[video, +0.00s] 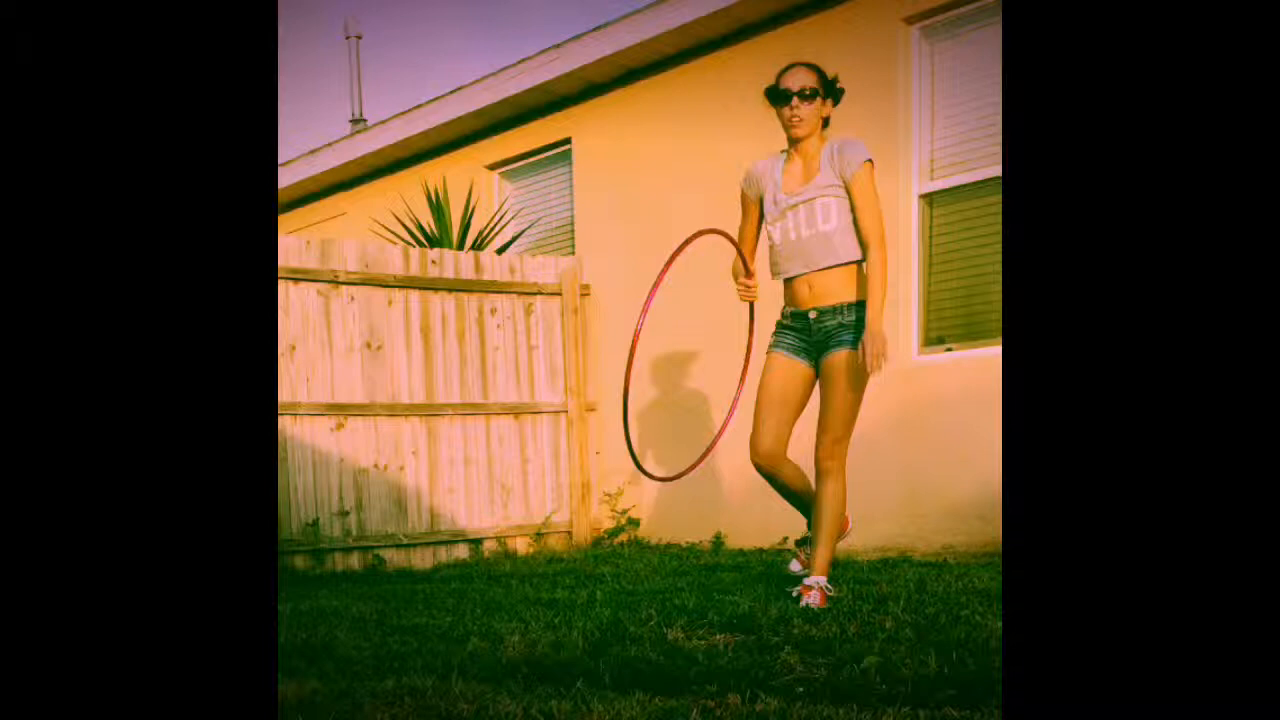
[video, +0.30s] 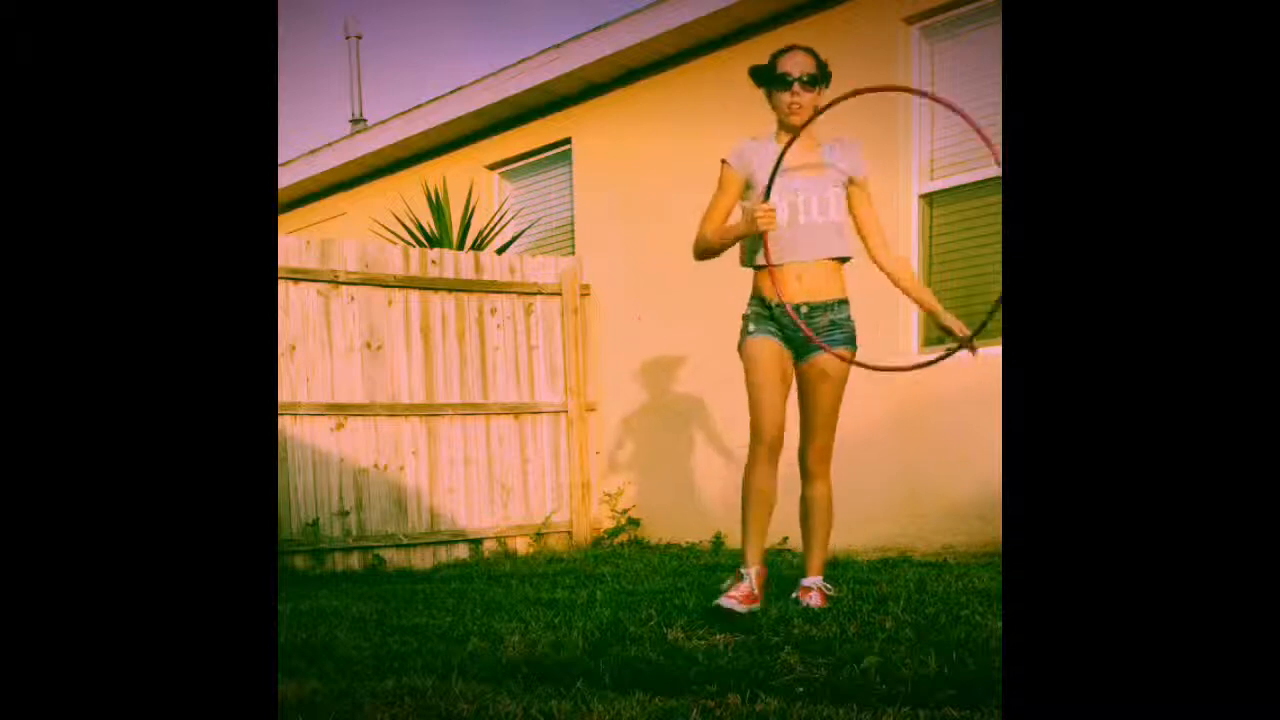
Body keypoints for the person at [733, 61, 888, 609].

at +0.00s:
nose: (794, 106)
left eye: (806, 96)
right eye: (784, 98)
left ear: (828, 105)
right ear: (774, 109)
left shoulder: (846, 155)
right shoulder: (761, 174)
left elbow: (875, 245)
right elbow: (744, 250)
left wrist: (873, 326)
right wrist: (746, 278)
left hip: (846, 321)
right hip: (793, 325)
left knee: (829, 456)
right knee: (765, 453)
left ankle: (816, 581)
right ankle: (829, 521)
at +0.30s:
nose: (797, 93)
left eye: (808, 83)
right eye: (786, 84)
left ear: (823, 92)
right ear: (768, 92)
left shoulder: (842, 158)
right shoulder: (748, 157)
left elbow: (883, 253)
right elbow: (703, 246)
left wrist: (941, 312)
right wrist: (740, 228)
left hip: (828, 316)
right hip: (766, 315)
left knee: (814, 458)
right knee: (764, 444)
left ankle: (813, 581)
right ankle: (751, 576)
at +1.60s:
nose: (789, 57)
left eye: (799, 41)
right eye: (776, 51)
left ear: (829, 45)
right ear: (766, 66)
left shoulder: (861, 115)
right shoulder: (749, 137)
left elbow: (960, 128)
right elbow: (660, 189)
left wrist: (885, 128)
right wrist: (669, 210)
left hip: (850, 310)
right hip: (772, 318)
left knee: (906, 458)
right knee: (736, 479)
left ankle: (946, 606)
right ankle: (700, 602)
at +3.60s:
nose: (889, 73)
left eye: (906, 61)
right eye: (877, 58)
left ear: (929, 61)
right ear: (862, 55)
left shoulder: (948, 143)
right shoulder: (832, 130)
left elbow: (1003, 201)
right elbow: (756, 200)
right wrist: (721, 253)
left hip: (920, 334)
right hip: (838, 337)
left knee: (1004, 445)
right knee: (762, 485)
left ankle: (989, 605)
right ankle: (680, 619)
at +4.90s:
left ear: (772, 9)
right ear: (714, 15)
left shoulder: (795, 80)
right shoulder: (692, 64)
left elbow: (758, 129)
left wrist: (663, 99)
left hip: (769, 296)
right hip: (692, 297)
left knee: (769, 461)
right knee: (669, 457)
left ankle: (784, 612)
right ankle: (675, 610)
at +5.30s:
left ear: (802, 8)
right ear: (751, 10)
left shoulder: (823, 87)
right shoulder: (708, 47)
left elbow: (865, 185)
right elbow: (622, 21)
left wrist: (887, 238)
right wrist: (571, 1)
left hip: (771, 289)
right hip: (691, 286)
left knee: (774, 462)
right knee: (694, 461)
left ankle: (787, 612)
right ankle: (679, 612)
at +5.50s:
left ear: (803, 5)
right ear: (753, 8)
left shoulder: (833, 93)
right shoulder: (714, 50)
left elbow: (859, 194)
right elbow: (619, 27)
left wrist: (891, 248)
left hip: (779, 291)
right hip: (699, 287)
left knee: (777, 461)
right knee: (696, 461)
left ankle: (787, 612)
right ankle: (679, 611)